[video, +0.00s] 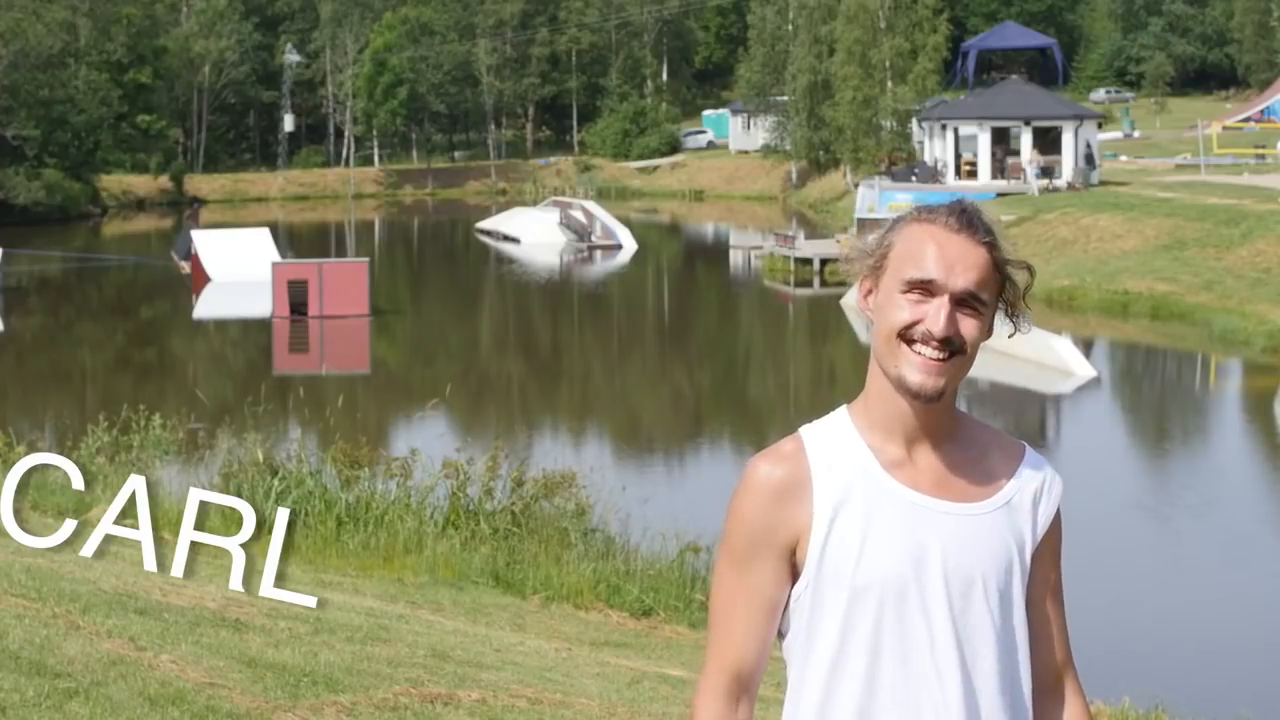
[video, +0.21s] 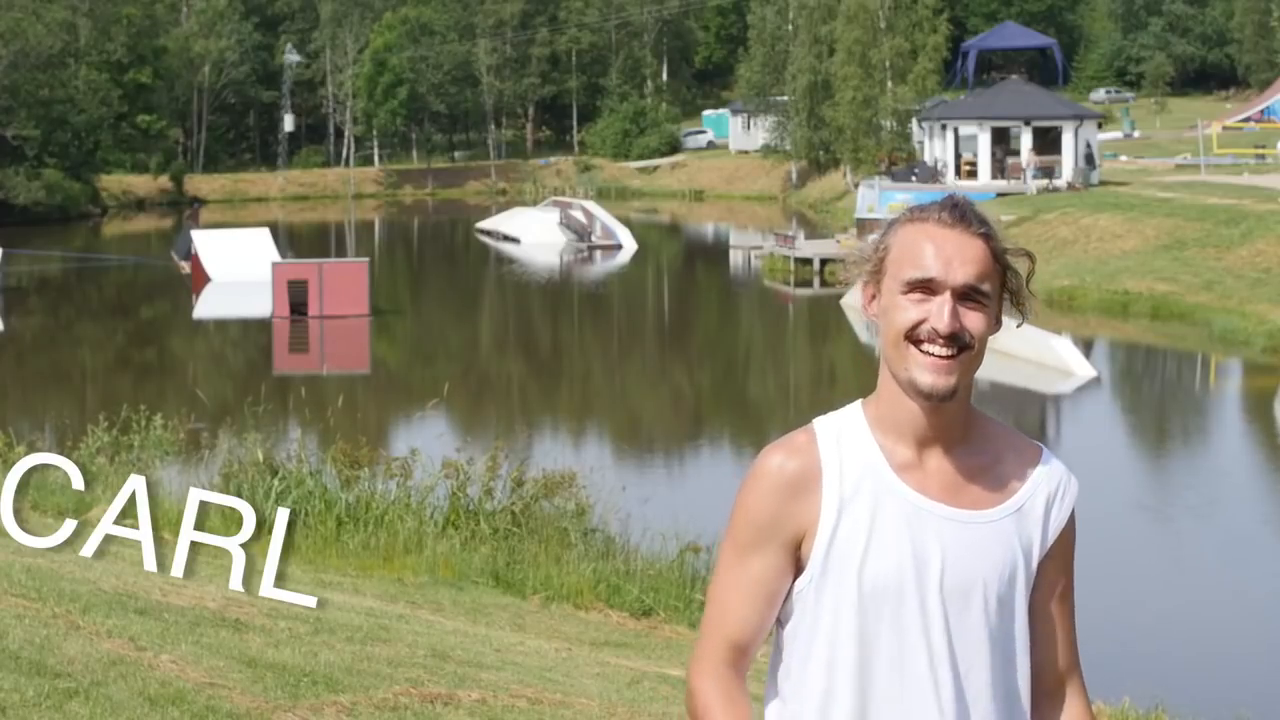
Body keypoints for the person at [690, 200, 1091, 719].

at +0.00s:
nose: (942, 324)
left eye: (969, 305)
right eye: (919, 291)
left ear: (989, 326)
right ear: (869, 296)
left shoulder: (1029, 484)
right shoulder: (786, 481)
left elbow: (1054, 685)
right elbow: (728, 692)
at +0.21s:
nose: (946, 321)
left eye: (972, 298)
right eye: (920, 290)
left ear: (996, 317)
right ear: (872, 300)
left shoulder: (1041, 488)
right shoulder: (795, 474)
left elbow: (1057, 690)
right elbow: (716, 672)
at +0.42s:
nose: (965, 328)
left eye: (991, 303)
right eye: (941, 296)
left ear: (1015, 321)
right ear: (889, 304)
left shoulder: (1053, 495)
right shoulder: (803, 464)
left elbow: (1066, 700)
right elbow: (700, 646)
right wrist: (751, 716)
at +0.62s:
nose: (948, 335)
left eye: (973, 306)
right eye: (920, 304)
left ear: (999, 319)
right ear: (872, 313)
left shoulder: (1046, 494)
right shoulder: (790, 468)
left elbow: (1057, 700)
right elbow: (673, 663)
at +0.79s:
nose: (894, 332)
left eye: (918, 302)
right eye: (865, 303)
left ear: (947, 308)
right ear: (820, 312)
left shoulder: (1023, 473)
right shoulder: (777, 466)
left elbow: (1067, 687)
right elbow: (659, 652)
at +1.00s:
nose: (845, 323)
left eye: (868, 293)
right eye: (814, 298)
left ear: (902, 298)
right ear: (774, 310)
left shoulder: (994, 443)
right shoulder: (757, 457)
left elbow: (1116, 636)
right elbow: (653, 624)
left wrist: (1229, 713)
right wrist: (725, 421)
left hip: (974, 711)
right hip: (795, 711)